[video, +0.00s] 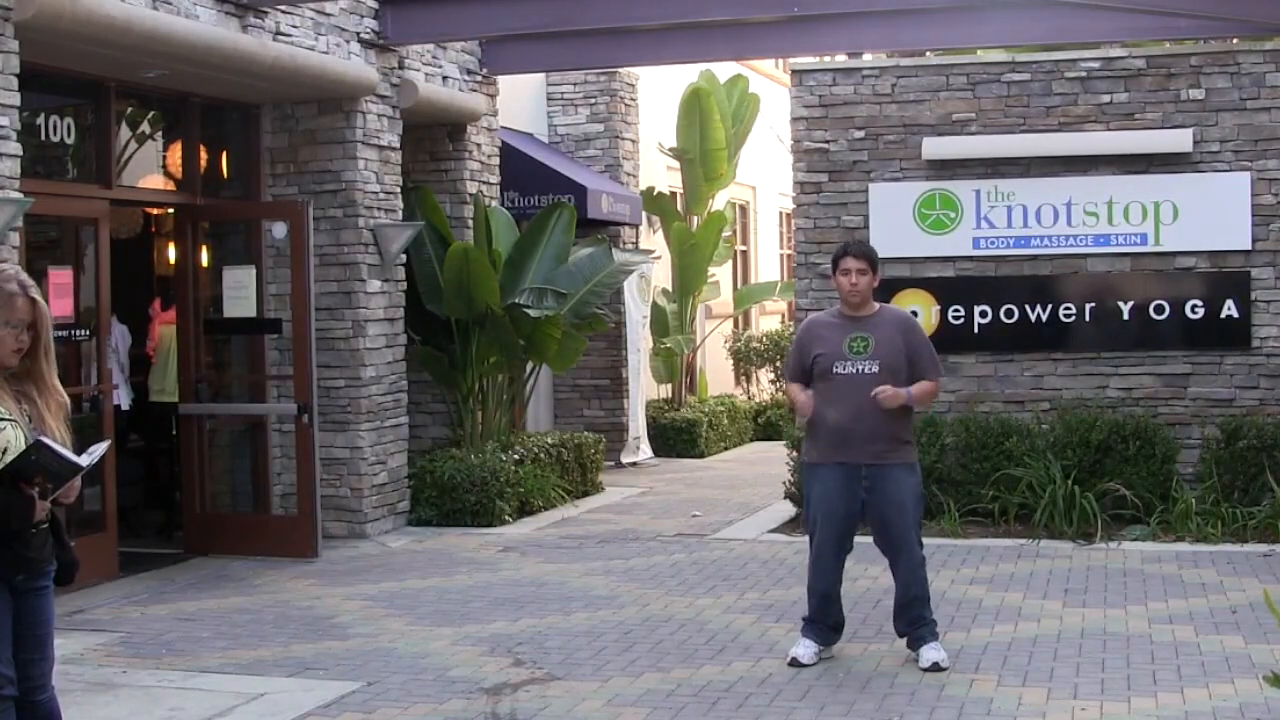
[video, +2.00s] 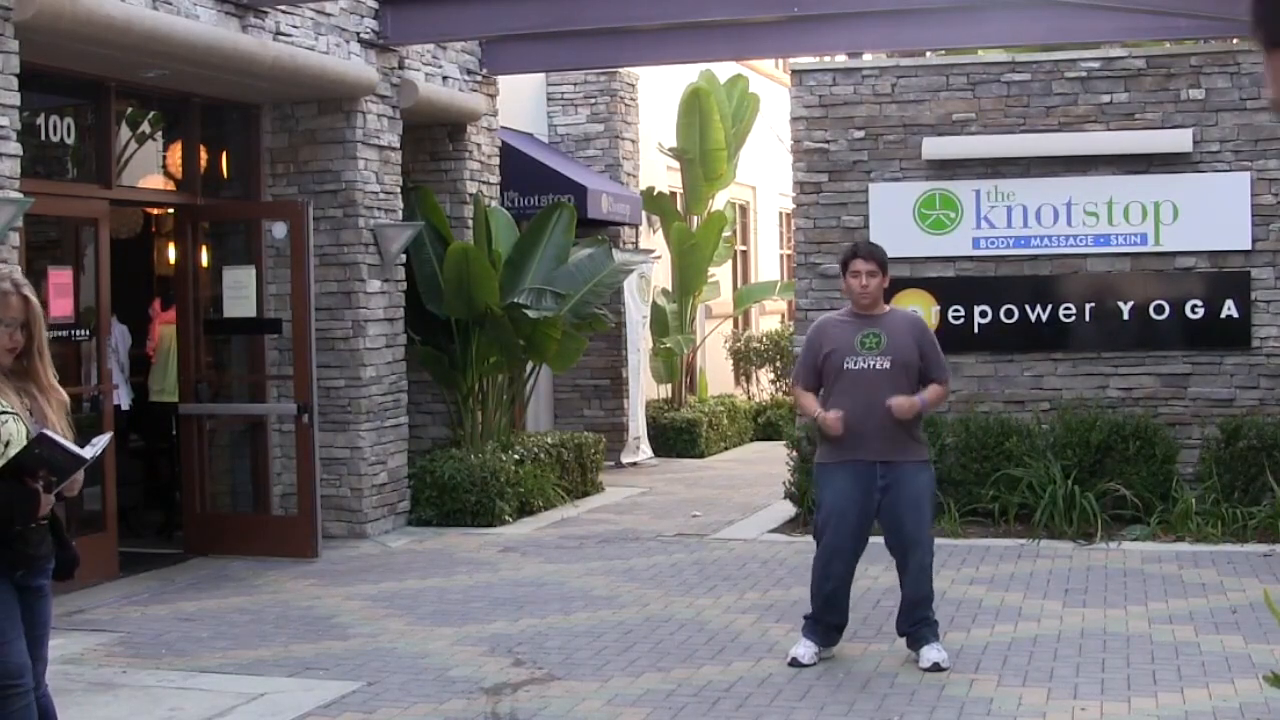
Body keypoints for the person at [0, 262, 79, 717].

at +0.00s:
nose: (21, 338)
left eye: (27, 327)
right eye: (10, 326)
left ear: (37, 332)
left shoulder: (42, 395)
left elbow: (60, 475)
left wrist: (67, 490)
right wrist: (23, 505)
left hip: (36, 564)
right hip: (2, 565)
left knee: (37, 690)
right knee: (5, 691)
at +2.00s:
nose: (12, 337)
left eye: (20, 326)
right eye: (4, 325)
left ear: (32, 329)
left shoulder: (46, 392)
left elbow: (66, 472)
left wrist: (70, 484)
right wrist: (30, 501)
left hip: (37, 553)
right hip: (3, 553)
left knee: (36, 682)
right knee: (17, 685)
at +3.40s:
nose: (7, 335)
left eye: (15, 325)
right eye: (1, 324)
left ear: (27, 329)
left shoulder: (41, 394)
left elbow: (62, 468)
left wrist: (70, 484)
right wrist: (13, 507)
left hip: (35, 565)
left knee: (46, 698)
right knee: (14, 699)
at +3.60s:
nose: (12, 337)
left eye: (21, 327)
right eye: (4, 325)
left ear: (32, 332)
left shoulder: (45, 395)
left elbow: (66, 471)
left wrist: (72, 482)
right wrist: (31, 501)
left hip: (39, 563)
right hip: (4, 561)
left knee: (45, 698)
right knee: (15, 698)